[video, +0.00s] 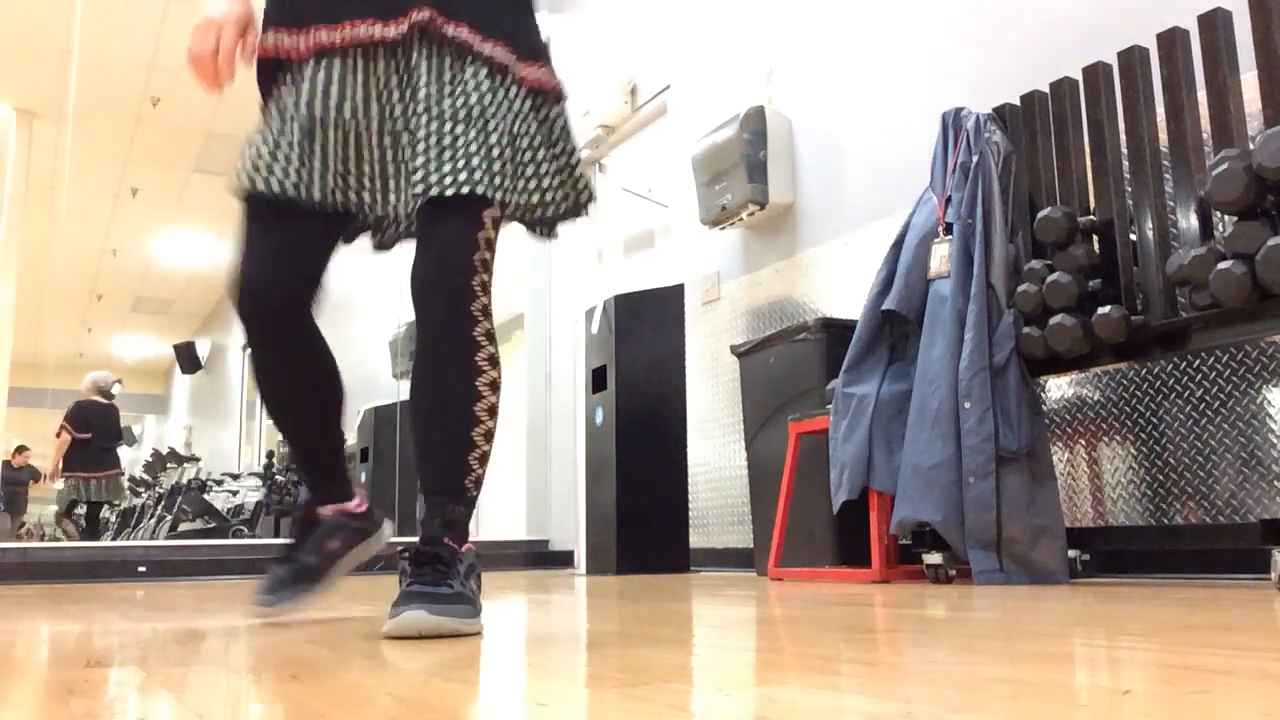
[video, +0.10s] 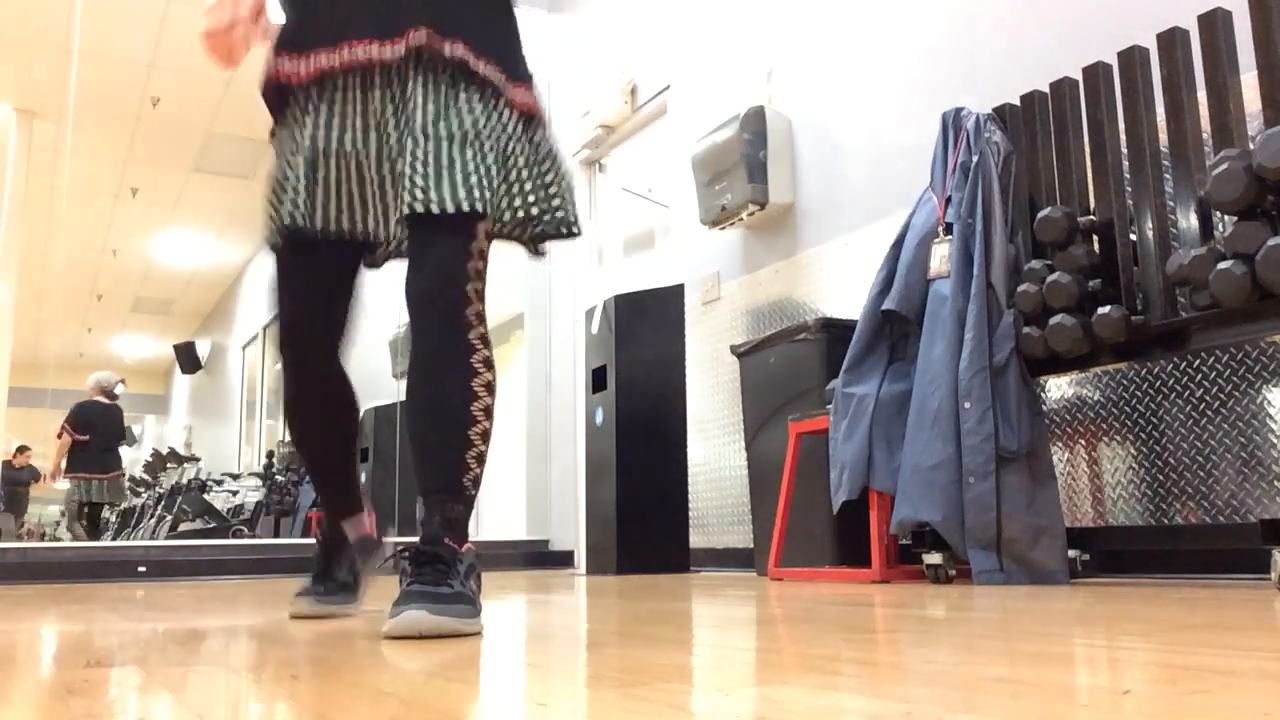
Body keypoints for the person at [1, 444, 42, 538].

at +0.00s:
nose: (27, 460)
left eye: (28, 457)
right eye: (25, 457)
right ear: (16, 455)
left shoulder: (28, 469)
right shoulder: (4, 465)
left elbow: (38, 477)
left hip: (18, 506)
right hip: (3, 504)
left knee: (16, 532)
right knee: (4, 531)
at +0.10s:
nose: (28, 460)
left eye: (29, 457)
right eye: (27, 457)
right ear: (18, 455)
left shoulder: (29, 469)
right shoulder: (4, 465)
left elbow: (38, 478)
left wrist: (29, 466)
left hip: (21, 508)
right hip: (5, 506)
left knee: (18, 534)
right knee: (7, 533)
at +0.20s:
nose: (30, 460)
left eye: (31, 457)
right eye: (29, 456)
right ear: (20, 454)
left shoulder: (30, 468)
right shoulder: (6, 465)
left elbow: (33, 478)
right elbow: (4, 481)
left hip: (24, 509)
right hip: (9, 509)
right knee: (10, 537)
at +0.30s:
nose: (31, 460)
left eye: (32, 457)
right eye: (30, 456)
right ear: (21, 454)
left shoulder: (31, 467)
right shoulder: (7, 465)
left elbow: (30, 487)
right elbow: (7, 486)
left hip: (25, 509)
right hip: (12, 509)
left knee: (21, 539)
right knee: (12, 539)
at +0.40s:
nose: (34, 460)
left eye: (35, 457)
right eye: (33, 457)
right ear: (23, 455)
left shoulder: (31, 467)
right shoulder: (8, 466)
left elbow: (34, 480)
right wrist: (32, 478)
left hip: (28, 508)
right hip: (15, 508)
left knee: (24, 538)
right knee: (13, 539)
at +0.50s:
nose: (39, 461)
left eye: (40, 458)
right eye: (38, 457)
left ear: (30, 455)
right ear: (29, 455)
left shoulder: (33, 467)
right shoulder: (18, 466)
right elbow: (2, 474)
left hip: (29, 508)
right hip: (16, 509)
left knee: (35, 535)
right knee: (15, 538)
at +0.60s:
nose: (41, 461)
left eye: (42, 459)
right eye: (40, 458)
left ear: (33, 456)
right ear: (32, 456)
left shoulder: (35, 468)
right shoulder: (21, 467)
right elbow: (6, 476)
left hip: (31, 509)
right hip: (18, 510)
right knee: (17, 540)